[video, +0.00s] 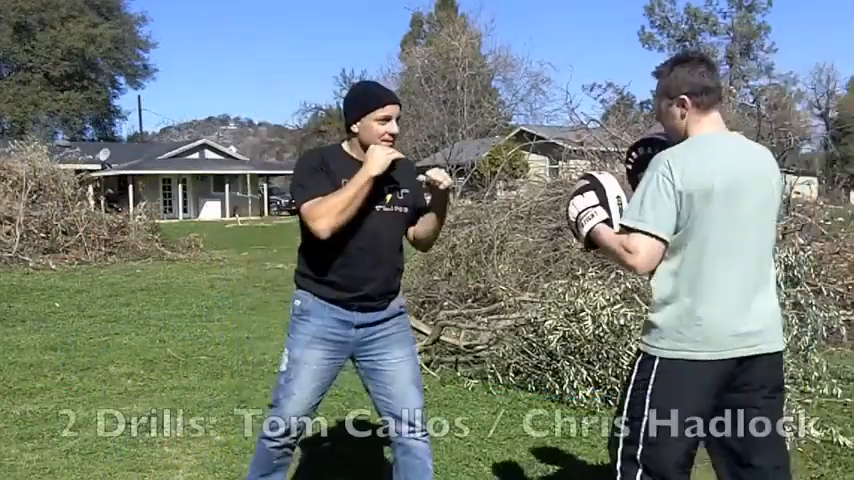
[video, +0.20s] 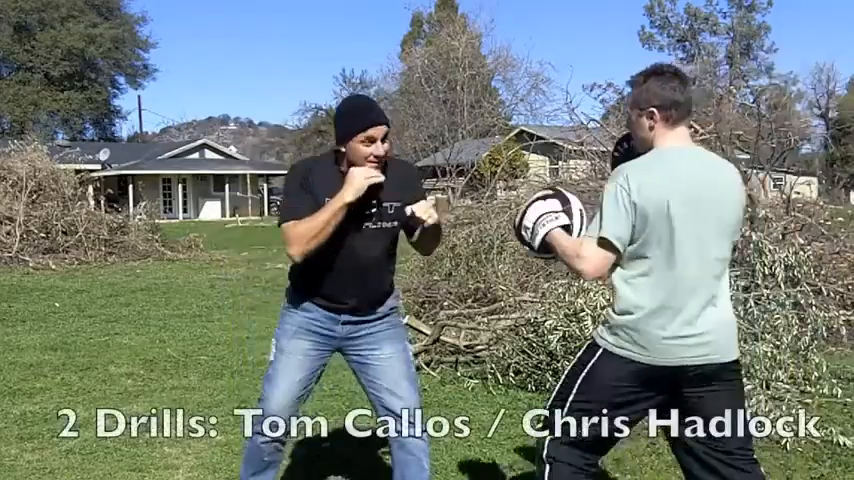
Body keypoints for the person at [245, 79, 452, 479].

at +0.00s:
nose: (393, 129)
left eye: (396, 120)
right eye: (383, 121)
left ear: (398, 122)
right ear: (355, 124)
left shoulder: (401, 171)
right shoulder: (317, 162)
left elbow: (421, 238)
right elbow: (320, 224)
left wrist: (440, 199)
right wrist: (368, 172)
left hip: (386, 318)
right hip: (321, 316)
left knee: (410, 426)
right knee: (284, 426)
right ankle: (261, 476)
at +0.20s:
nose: (380, 150)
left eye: (384, 139)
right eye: (368, 142)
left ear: (390, 136)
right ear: (342, 143)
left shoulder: (402, 173)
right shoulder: (307, 173)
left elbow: (425, 245)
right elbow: (296, 246)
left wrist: (430, 223)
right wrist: (344, 196)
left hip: (378, 321)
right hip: (308, 318)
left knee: (406, 419)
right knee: (274, 417)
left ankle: (414, 476)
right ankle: (255, 476)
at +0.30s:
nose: (363, 191)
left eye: (369, 179)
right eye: (351, 182)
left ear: (377, 172)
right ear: (329, 180)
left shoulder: (395, 200)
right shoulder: (297, 203)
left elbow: (425, 260)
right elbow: (283, 276)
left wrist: (418, 254)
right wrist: (325, 236)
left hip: (374, 325)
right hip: (304, 325)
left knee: (409, 413)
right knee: (267, 408)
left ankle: (418, 476)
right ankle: (252, 475)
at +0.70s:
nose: (314, 187)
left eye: (317, 175)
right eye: (301, 181)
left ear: (323, 170)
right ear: (278, 184)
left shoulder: (348, 196)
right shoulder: (255, 215)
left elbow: (390, 263)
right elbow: (248, 291)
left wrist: (360, 237)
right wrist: (278, 239)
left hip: (364, 316)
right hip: (298, 320)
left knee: (409, 399)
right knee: (262, 400)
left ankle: (434, 475)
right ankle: (251, 475)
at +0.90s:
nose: (342, 165)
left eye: (345, 154)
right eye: (330, 157)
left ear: (350, 151)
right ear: (305, 161)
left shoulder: (370, 185)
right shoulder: (281, 193)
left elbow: (407, 253)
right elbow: (256, 267)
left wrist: (370, 209)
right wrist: (293, 218)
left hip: (382, 314)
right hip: (314, 317)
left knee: (434, 402)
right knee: (279, 402)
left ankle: (466, 475)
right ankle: (253, 476)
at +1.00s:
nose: (380, 162)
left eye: (382, 151)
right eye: (368, 153)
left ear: (386, 152)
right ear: (342, 158)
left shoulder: (401, 189)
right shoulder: (310, 194)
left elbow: (445, 247)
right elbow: (271, 258)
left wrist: (408, 211)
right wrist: (309, 240)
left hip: (401, 321)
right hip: (333, 323)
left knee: (448, 408)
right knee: (296, 408)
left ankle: (472, 476)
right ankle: (261, 476)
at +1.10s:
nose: (434, 145)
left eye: (436, 137)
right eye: (423, 137)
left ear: (439, 144)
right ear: (396, 146)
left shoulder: (446, 191)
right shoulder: (354, 188)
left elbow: (473, 229)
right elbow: (302, 222)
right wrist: (271, 264)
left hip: (419, 327)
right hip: (359, 326)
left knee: (464, 412)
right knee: (324, 419)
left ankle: (480, 476)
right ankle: (273, 476)